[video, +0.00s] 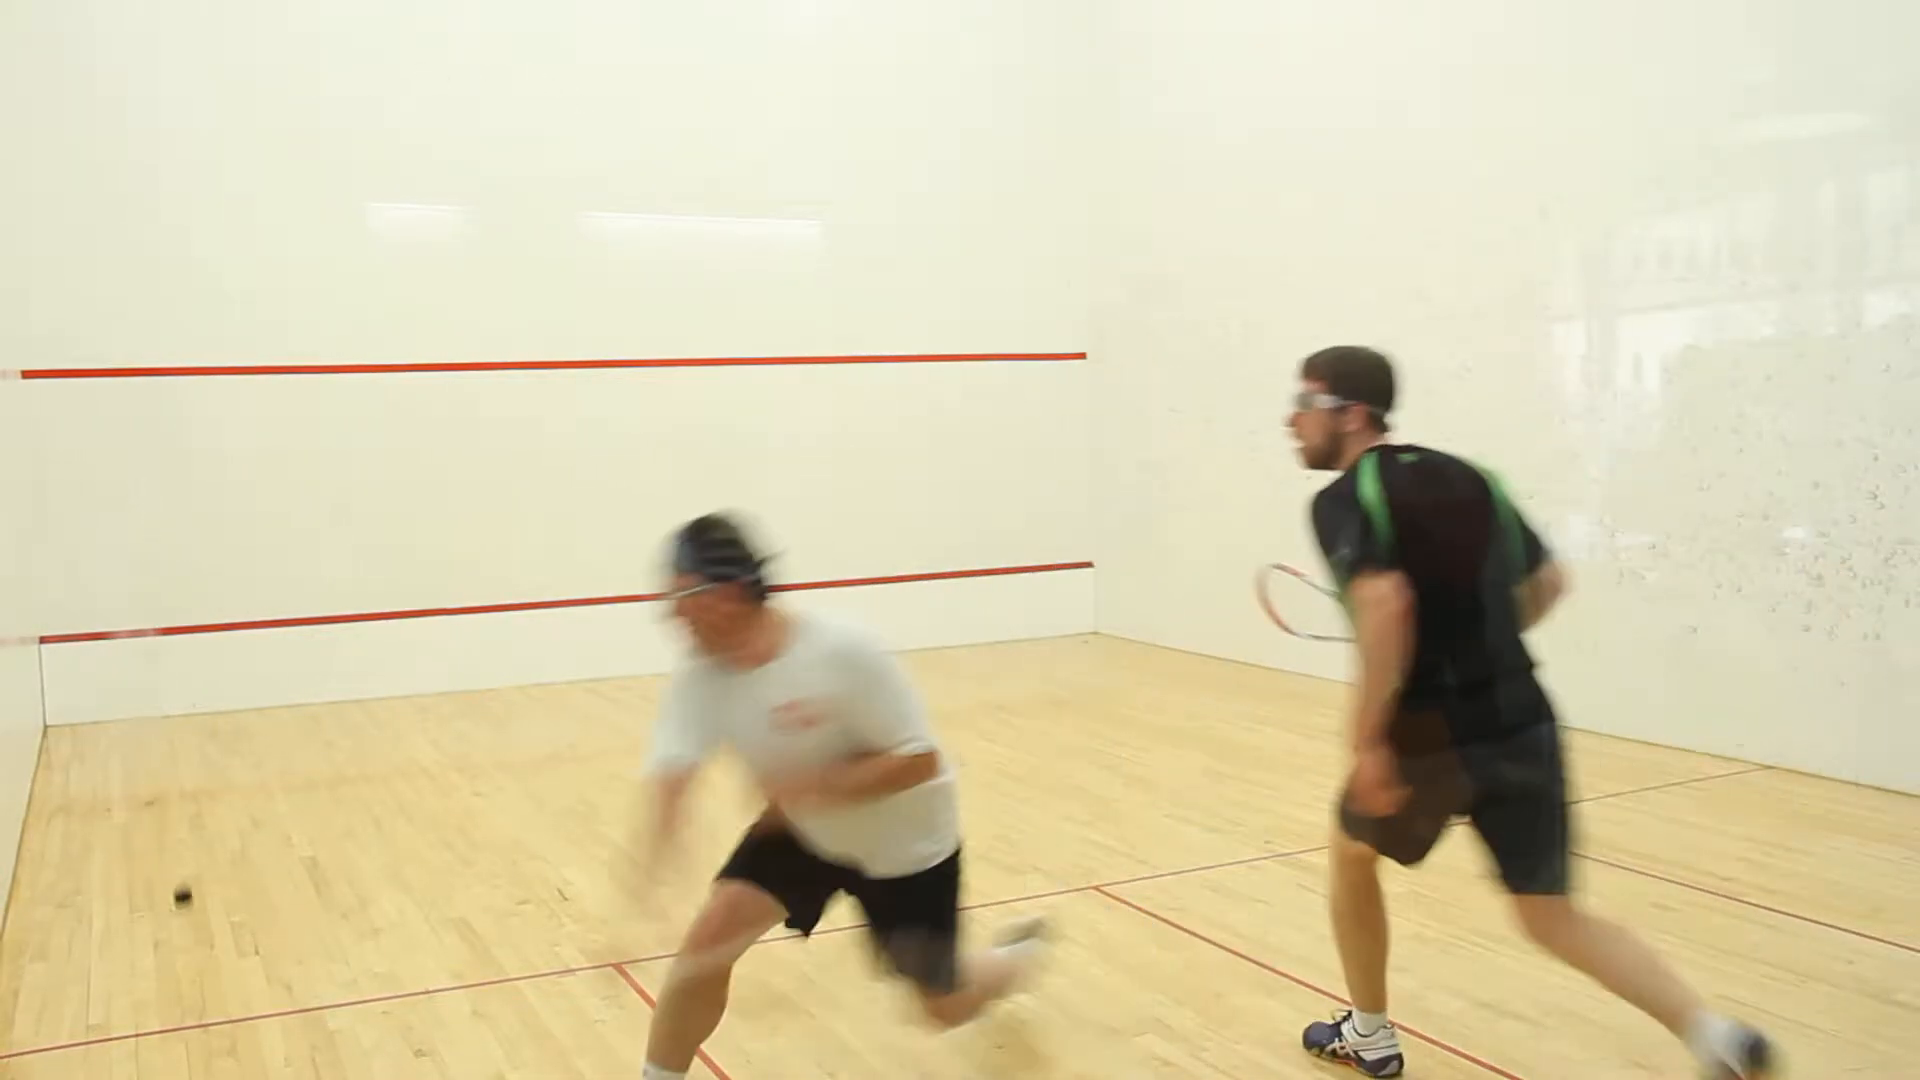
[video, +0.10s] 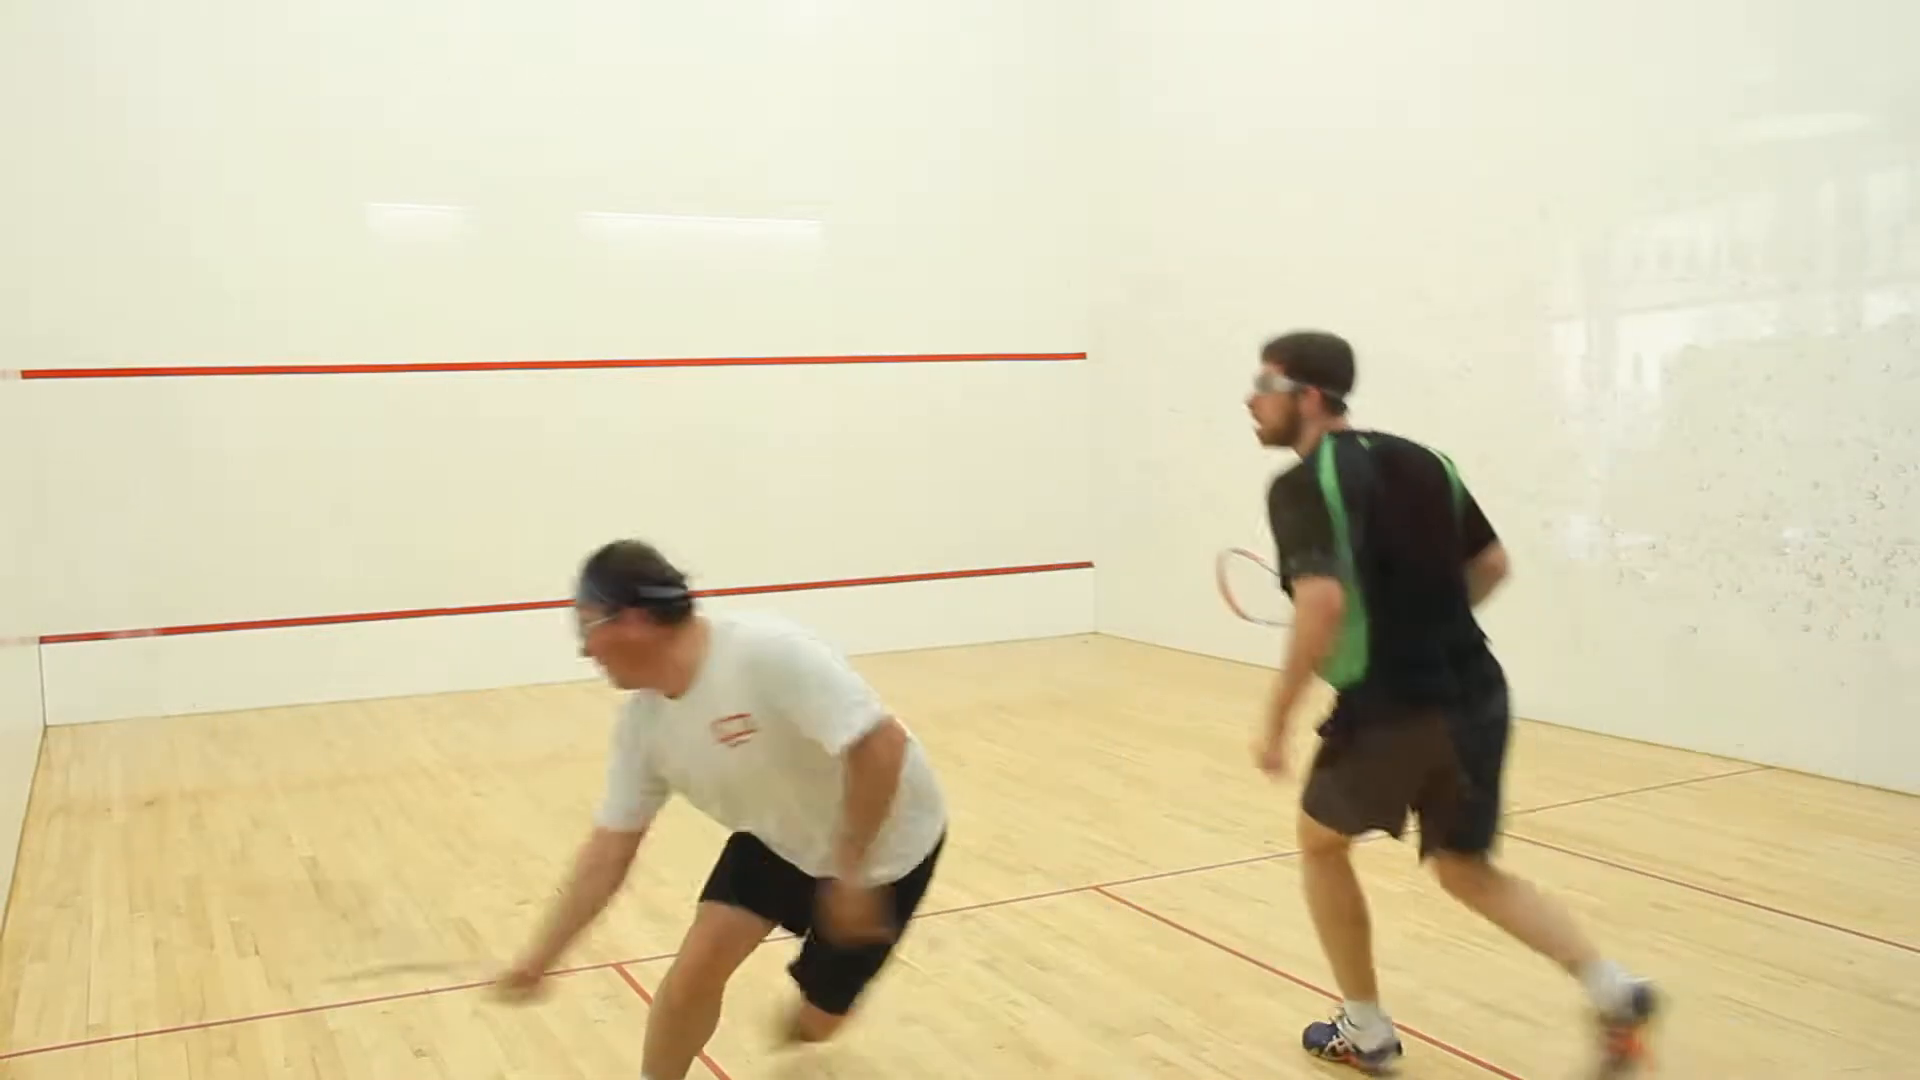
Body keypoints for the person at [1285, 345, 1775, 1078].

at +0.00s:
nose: (1291, 421)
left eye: (1304, 405)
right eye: (1295, 403)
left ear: (1352, 415)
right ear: (1369, 416)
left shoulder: (1345, 498)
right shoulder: (1466, 476)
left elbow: (1385, 602)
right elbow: (1544, 579)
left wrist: (1369, 741)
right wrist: (1469, 645)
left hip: (1428, 738)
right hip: (1516, 727)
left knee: (1352, 851)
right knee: (1549, 913)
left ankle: (1368, 1029)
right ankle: (1715, 1037)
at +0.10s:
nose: (1252, 401)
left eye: (1264, 388)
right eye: (1256, 386)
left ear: (1310, 399)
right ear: (1323, 400)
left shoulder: (1303, 485)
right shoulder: (1421, 461)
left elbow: (1322, 604)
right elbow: (1489, 563)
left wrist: (1277, 716)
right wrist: (1415, 619)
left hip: (1390, 711)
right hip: (1474, 701)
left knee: (1322, 843)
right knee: (1460, 864)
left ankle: (1365, 1025)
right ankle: (1613, 989)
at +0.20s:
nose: (1225, 373)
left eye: (1237, 360)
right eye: (1229, 359)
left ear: (1278, 371)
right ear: (1296, 372)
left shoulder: (1275, 451)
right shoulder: (1392, 434)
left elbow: (1295, 564)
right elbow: (1454, 538)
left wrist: (1238, 664)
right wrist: (1384, 586)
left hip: (1351, 682)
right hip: (1439, 670)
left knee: (1271, 803)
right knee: (1420, 814)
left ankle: (1322, 978)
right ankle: (1521, 973)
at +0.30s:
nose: (1212, 379)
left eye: (1217, 368)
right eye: (1216, 367)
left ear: (1239, 377)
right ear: (1284, 378)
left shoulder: (1247, 452)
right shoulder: (1359, 442)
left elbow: (1270, 563)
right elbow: (1419, 551)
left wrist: (1212, 656)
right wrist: (1348, 599)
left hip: (1322, 678)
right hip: (1409, 668)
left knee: (1228, 807)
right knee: (1396, 800)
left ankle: (1229, 984)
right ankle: (1443, 957)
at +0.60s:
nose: (1267, 425)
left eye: (1269, 415)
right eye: (1274, 415)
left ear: (1277, 422)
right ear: (1330, 426)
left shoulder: (1263, 498)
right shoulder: (1386, 496)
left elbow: (1190, 589)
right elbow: (1427, 610)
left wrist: (1162, 634)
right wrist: (1369, 643)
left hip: (1319, 702)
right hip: (1403, 701)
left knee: (1220, 819)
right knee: (1348, 790)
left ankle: (1185, 971)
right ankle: (1365, 921)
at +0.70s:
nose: (1331, 411)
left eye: (1333, 402)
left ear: (1339, 406)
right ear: (1394, 412)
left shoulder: (1294, 466)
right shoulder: (1437, 486)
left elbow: (1192, 495)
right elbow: (1474, 602)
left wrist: (1138, 543)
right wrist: (1471, 564)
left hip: (1314, 684)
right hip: (1405, 687)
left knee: (1257, 818)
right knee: (1393, 784)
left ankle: (1244, 964)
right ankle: (1402, 917)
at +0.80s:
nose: (1414, 438)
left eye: (1410, 429)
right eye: (1435, 435)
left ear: (1402, 433)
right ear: (1457, 447)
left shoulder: (1339, 480)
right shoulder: (1469, 524)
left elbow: (1235, 484)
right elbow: (1503, 635)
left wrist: (1140, 510)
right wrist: (1576, 599)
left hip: (1313, 691)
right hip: (1403, 702)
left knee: (1265, 825)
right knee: (1441, 798)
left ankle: (1237, 960)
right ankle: (1493, 942)